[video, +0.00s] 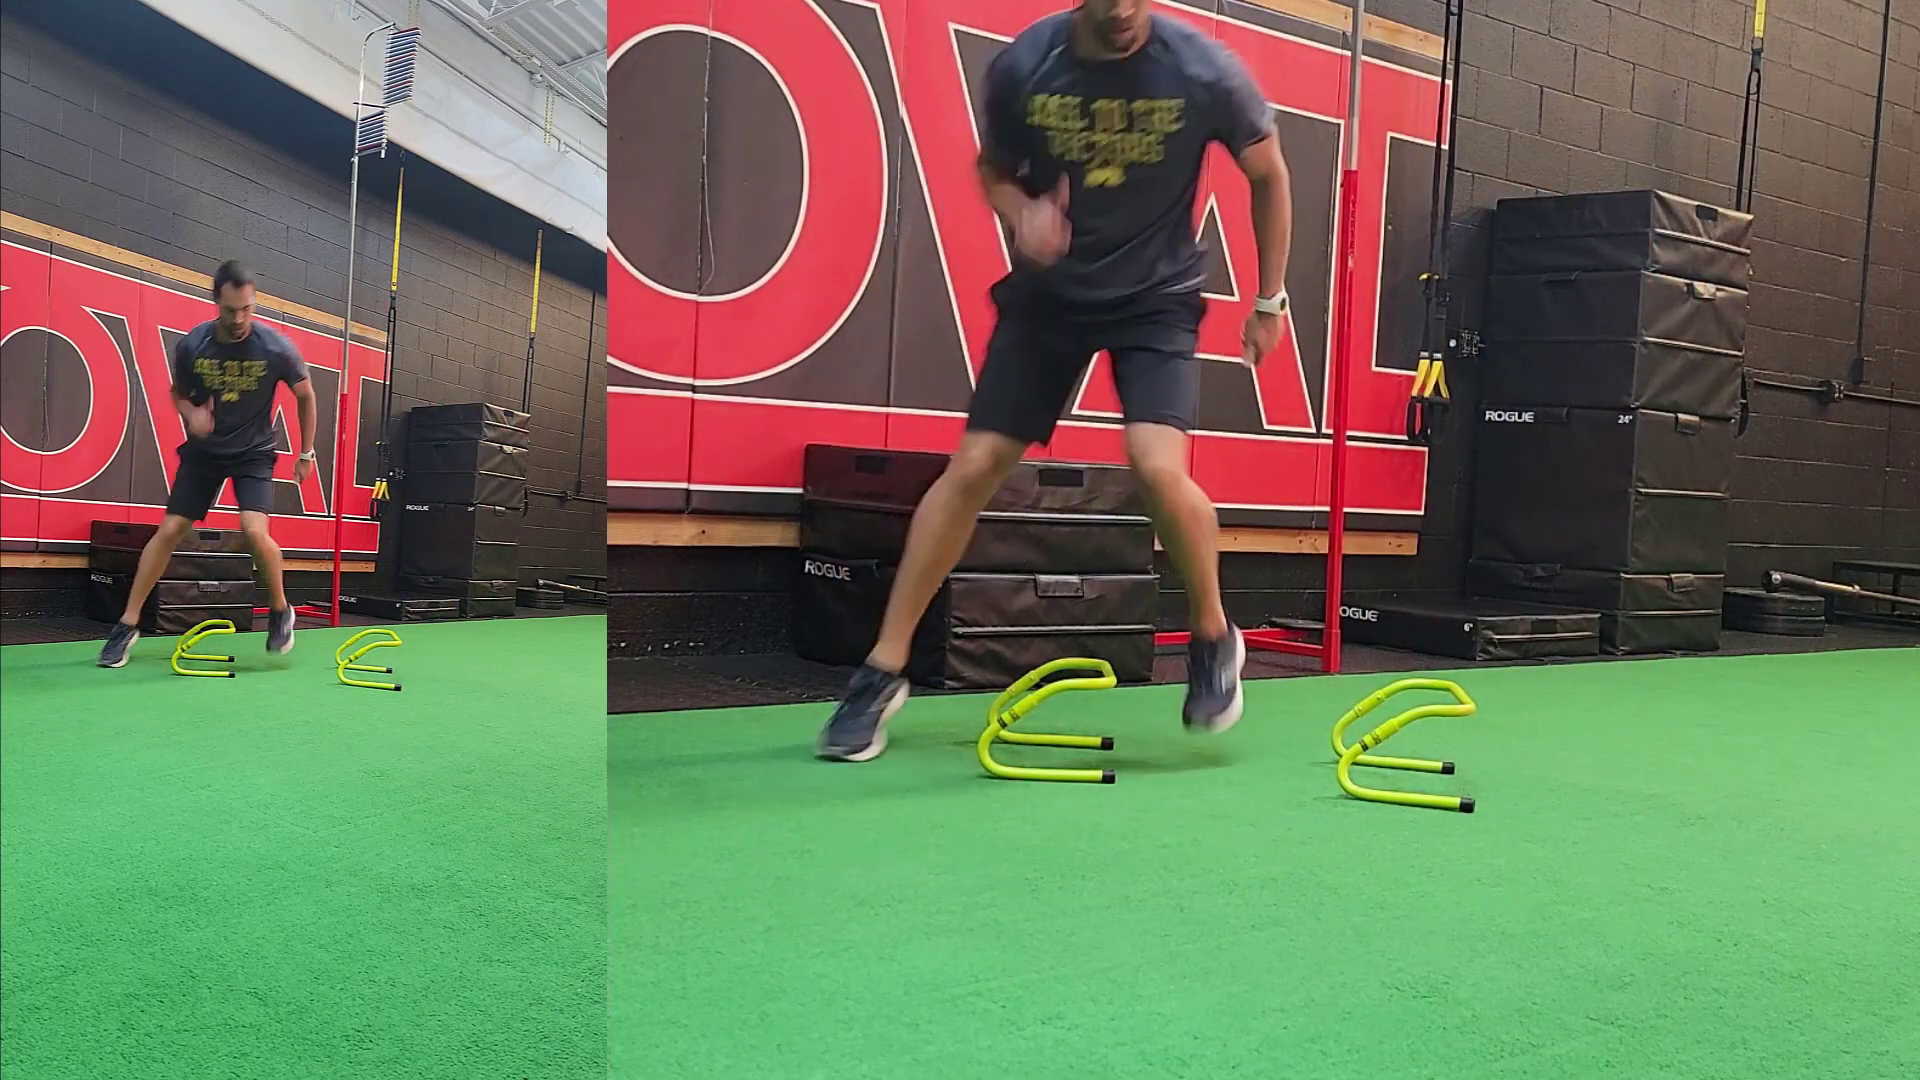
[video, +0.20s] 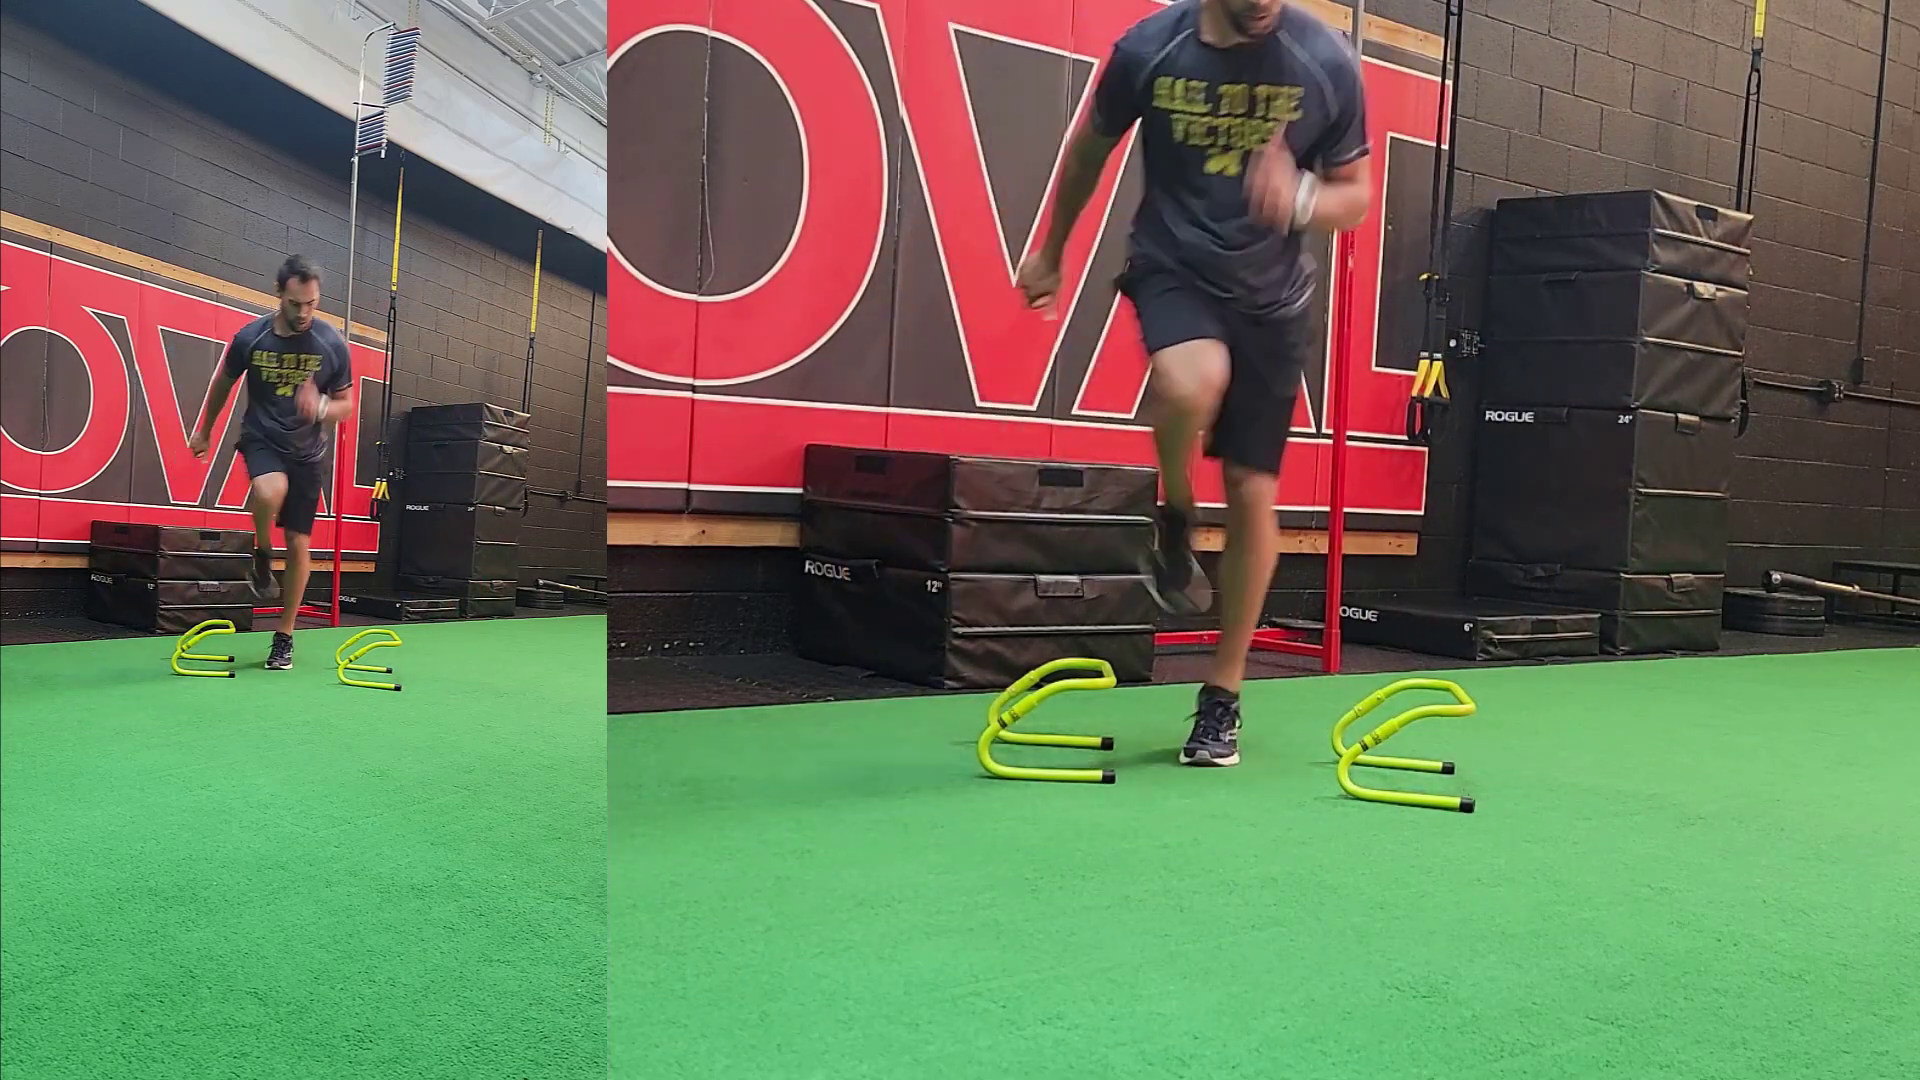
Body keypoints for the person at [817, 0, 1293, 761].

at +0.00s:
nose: (1125, 16)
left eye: (1137, 2)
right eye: (1108, 4)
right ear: (1080, 3)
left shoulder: (1207, 71)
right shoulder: (1021, 67)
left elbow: (1270, 177)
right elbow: (994, 172)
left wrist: (1271, 296)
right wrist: (1022, 213)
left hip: (1154, 296)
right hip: (1045, 296)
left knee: (1158, 469)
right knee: (973, 466)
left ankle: (1213, 636)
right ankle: (884, 666)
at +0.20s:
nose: (1265, 5)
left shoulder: (1328, 64)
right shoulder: (1147, 51)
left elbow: (1353, 196)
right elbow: (1089, 146)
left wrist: (1301, 201)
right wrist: (1046, 250)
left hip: (1273, 295)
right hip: (1173, 270)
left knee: (1251, 491)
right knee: (1193, 381)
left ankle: (1222, 694)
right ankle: (1176, 512)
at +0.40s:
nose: (1386, 13)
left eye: (1397, 2)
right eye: (1371, 1)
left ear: (1407, 1)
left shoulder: (1434, 73)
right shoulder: (1260, 83)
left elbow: (1443, 179)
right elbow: (1205, 217)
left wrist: (1455, 281)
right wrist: (1176, 341)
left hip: (1390, 312)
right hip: (1280, 325)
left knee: (1464, 446)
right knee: (1284, 514)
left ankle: (1417, 525)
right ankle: (1241, 715)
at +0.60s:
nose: (1515, 59)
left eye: (1530, 40)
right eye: (1497, 37)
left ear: (1543, 28)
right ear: (1453, 20)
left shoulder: (1553, 96)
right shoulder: (1387, 116)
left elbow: (1551, 191)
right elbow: (1344, 264)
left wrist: (1535, 283)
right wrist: (1421, 342)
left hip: (1504, 310)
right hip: (1402, 311)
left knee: (1545, 499)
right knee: (1427, 461)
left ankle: (1595, 709)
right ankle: (1333, 566)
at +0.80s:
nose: (1626, 169)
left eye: (1641, 151)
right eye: (1609, 148)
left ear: (1653, 136)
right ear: (1565, 122)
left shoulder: (1644, 195)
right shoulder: (1491, 220)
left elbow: (1607, 281)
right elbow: (1488, 381)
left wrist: (1636, 306)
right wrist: (1608, 333)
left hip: (1576, 385)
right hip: (1472, 393)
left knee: (1620, 535)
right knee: (1546, 520)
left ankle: (1603, 725)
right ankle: (1524, 557)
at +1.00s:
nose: (1652, 182)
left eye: (1669, 164)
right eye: (1636, 160)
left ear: (1685, 149)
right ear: (1596, 135)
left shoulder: (1672, 211)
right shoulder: (1517, 230)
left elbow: (1618, 284)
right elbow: (1463, 380)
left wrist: (1619, 345)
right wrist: (1591, 397)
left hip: (1594, 392)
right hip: (1498, 397)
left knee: (1640, 537)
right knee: (1590, 522)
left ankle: (1609, 726)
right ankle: (1570, 592)